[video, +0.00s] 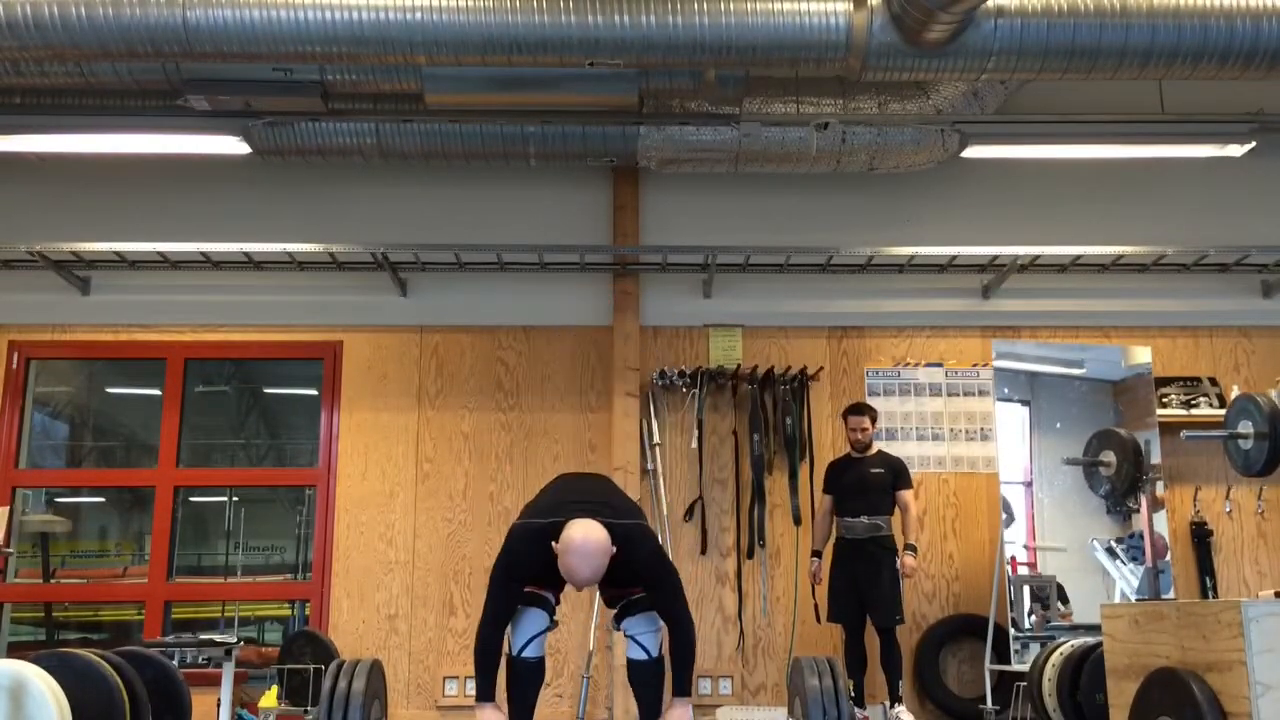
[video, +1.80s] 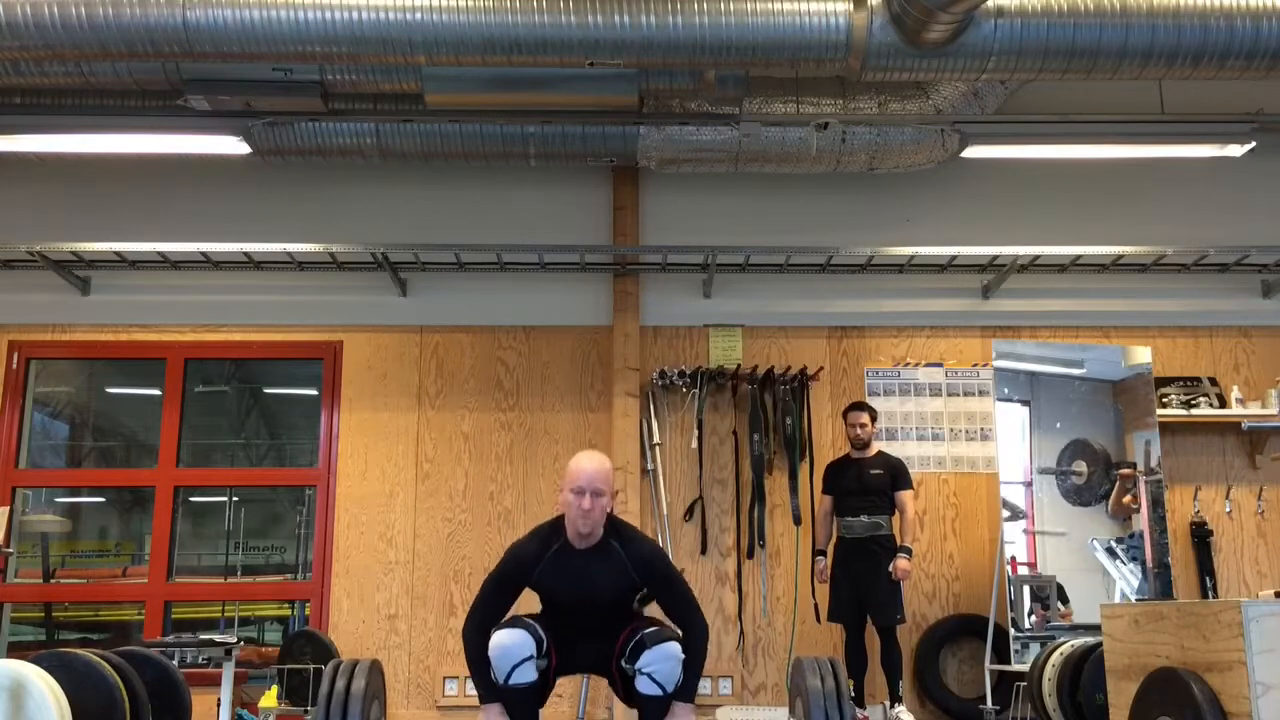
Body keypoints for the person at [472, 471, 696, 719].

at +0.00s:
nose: (579, 588)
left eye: (589, 582)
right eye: (572, 581)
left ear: (612, 553)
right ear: (556, 549)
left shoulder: (640, 543)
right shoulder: (523, 540)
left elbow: (681, 621)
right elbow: (492, 623)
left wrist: (682, 701)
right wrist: (485, 702)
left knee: (645, 630)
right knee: (527, 628)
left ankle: (650, 715)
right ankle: (521, 715)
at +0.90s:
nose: (582, 574)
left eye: (592, 566)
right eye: (574, 566)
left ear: (613, 535)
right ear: (557, 535)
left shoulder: (639, 539)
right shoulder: (523, 537)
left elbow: (676, 625)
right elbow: (492, 627)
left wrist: (680, 702)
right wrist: (491, 705)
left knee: (636, 630)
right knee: (533, 624)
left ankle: (643, 715)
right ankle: (528, 715)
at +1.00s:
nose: (581, 563)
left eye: (591, 554)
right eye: (572, 553)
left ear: (611, 529)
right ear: (557, 526)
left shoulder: (638, 535)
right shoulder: (524, 535)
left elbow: (676, 623)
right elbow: (494, 625)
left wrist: (680, 704)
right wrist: (490, 705)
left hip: (613, 549)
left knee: (639, 630)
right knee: (530, 626)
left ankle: (643, 716)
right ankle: (527, 715)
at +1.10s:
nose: (581, 550)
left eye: (592, 540)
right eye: (573, 539)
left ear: (610, 519)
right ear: (557, 515)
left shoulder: (638, 536)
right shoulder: (525, 536)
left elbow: (680, 622)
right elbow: (486, 625)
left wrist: (681, 704)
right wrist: (488, 707)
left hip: (618, 574)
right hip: (549, 574)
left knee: (645, 634)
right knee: (526, 629)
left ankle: (643, 717)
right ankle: (527, 717)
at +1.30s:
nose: (585, 526)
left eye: (596, 514)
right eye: (575, 513)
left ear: (613, 502)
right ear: (558, 499)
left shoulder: (636, 538)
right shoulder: (530, 539)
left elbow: (688, 624)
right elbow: (480, 626)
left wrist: (684, 705)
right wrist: (488, 706)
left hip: (618, 616)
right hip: (554, 615)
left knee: (657, 644)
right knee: (518, 638)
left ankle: (650, 716)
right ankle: (529, 716)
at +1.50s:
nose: (585, 536)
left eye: (597, 525)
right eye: (576, 523)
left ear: (612, 518)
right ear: (560, 513)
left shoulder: (638, 563)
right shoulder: (531, 561)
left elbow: (704, 631)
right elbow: (467, 632)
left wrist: (686, 704)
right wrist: (485, 705)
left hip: (618, 658)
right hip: (555, 657)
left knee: (666, 653)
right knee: (501, 644)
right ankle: (521, 714)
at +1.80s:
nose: (586, 504)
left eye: (597, 495)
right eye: (577, 492)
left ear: (611, 501)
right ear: (561, 495)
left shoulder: (639, 552)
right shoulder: (532, 551)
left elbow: (696, 627)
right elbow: (474, 629)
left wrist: (683, 703)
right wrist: (490, 704)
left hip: (618, 648)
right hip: (555, 646)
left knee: (662, 653)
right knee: (509, 646)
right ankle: (525, 715)